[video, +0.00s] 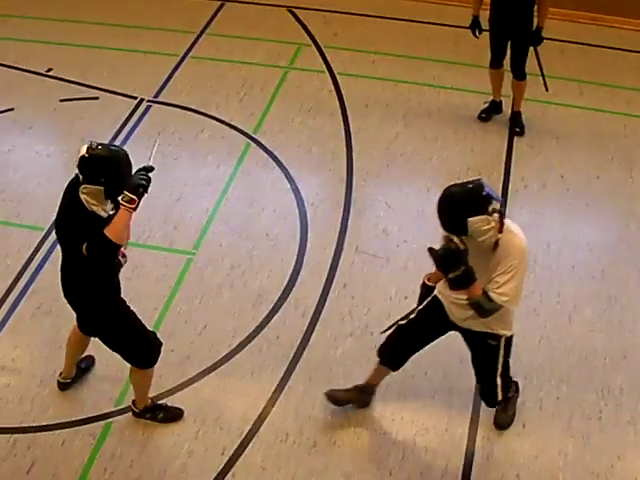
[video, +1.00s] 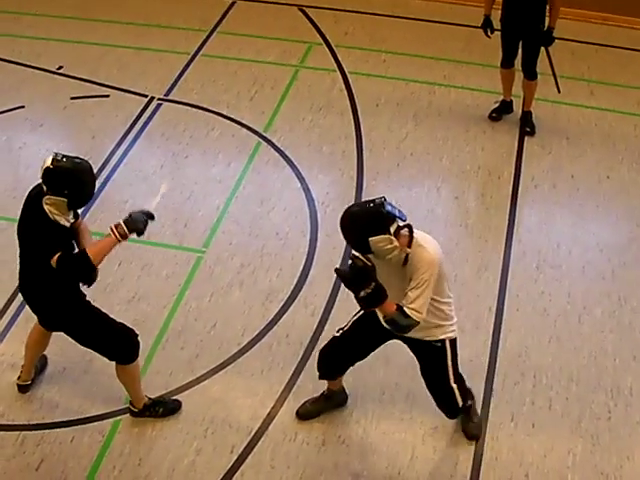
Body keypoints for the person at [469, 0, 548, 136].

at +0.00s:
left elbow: (543, 2)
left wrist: (539, 28)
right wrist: (475, 16)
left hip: (523, 24)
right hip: (498, 21)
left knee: (518, 70)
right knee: (495, 62)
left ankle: (516, 113)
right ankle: (496, 102)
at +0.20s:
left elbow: (543, 3)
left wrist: (540, 28)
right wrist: (476, 16)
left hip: (523, 24)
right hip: (499, 21)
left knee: (519, 70)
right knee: (496, 62)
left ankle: (517, 113)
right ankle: (496, 102)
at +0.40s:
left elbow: (552, 3)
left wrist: (548, 30)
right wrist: (483, 17)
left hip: (532, 25)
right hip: (507, 22)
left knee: (527, 71)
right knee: (504, 64)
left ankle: (524, 115)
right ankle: (504, 103)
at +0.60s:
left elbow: (552, 3)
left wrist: (548, 30)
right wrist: (484, 17)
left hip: (532, 26)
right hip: (507, 22)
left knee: (527, 71)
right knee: (504, 64)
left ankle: (524, 115)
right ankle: (504, 103)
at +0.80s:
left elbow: (552, 3)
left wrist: (548, 30)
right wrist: (485, 17)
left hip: (532, 26)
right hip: (507, 23)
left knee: (527, 71)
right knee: (504, 64)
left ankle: (524, 115)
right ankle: (504, 103)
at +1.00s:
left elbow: (555, 2)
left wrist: (550, 29)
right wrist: (487, 15)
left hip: (534, 24)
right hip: (509, 21)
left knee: (529, 70)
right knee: (507, 62)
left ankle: (527, 113)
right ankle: (506, 102)